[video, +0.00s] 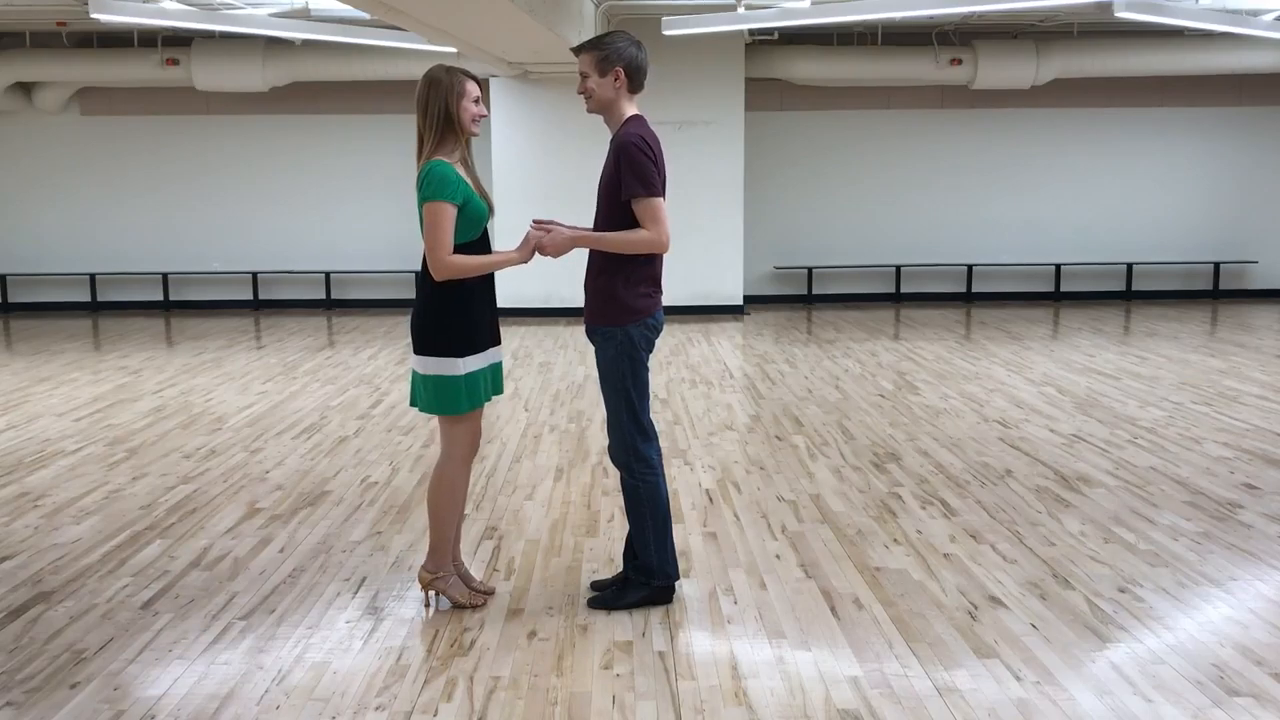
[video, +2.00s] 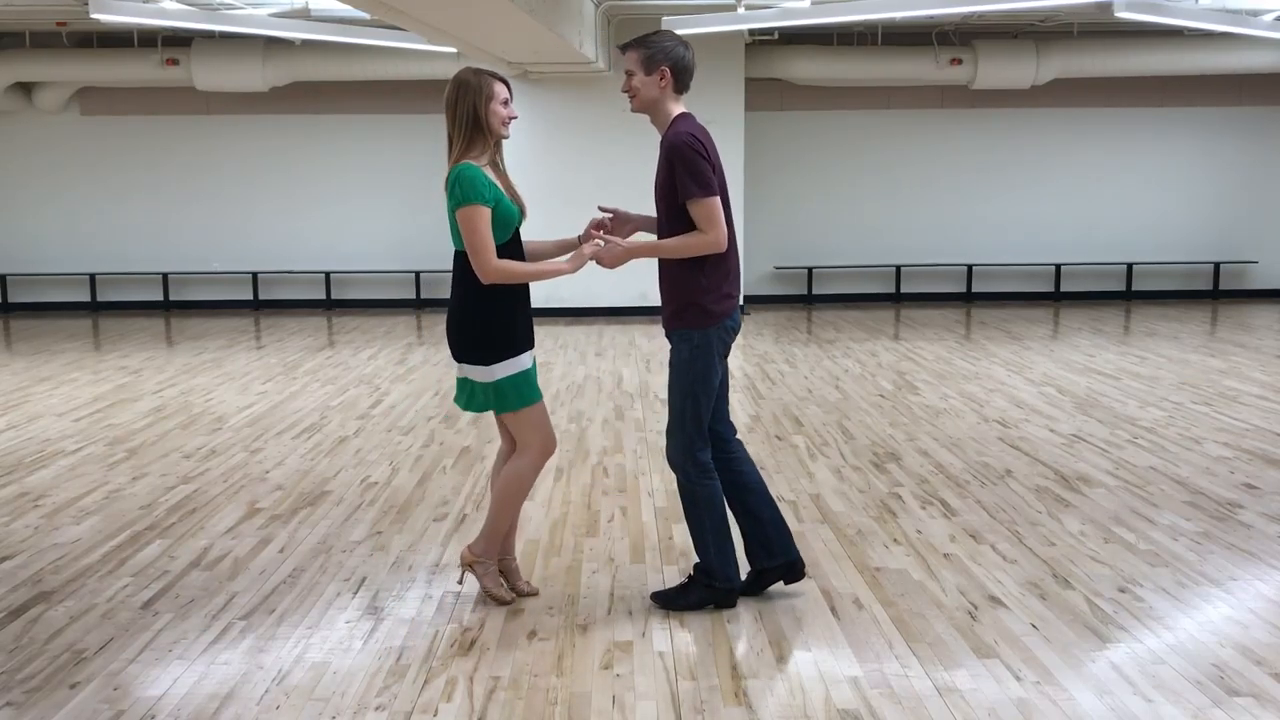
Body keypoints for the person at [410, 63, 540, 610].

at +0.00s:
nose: (482, 110)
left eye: (481, 101)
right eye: (472, 101)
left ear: (465, 108)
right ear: (445, 107)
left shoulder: (457, 171)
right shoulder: (441, 175)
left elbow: (461, 257)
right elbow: (440, 265)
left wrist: (519, 251)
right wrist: (514, 256)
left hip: (464, 327)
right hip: (449, 331)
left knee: (462, 445)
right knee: (458, 446)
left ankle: (451, 559)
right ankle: (438, 564)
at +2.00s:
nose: (511, 111)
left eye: (510, 102)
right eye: (502, 102)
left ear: (490, 111)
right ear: (476, 110)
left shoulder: (487, 171)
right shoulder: (469, 177)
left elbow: (515, 250)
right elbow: (487, 269)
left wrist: (575, 243)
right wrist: (566, 266)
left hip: (499, 326)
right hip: (489, 332)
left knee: (513, 443)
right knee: (539, 442)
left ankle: (504, 553)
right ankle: (483, 551)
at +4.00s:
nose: (483, 114)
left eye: (482, 105)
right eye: (473, 106)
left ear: (472, 113)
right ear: (447, 113)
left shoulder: (462, 178)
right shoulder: (446, 181)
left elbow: (488, 253)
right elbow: (458, 275)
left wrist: (545, 259)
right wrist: (533, 280)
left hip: (476, 335)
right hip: (455, 338)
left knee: (522, 436)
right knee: (482, 449)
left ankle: (479, 549)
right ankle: (453, 565)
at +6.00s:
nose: (448, 110)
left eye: (445, 101)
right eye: (438, 102)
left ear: (415, 113)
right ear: (414, 111)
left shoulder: (414, 173)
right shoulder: (412, 176)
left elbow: (450, 238)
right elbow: (460, 257)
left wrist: (502, 211)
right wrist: (533, 231)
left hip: (404, 328)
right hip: (423, 331)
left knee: (421, 443)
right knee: (466, 440)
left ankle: (375, 554)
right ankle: (460, 560)